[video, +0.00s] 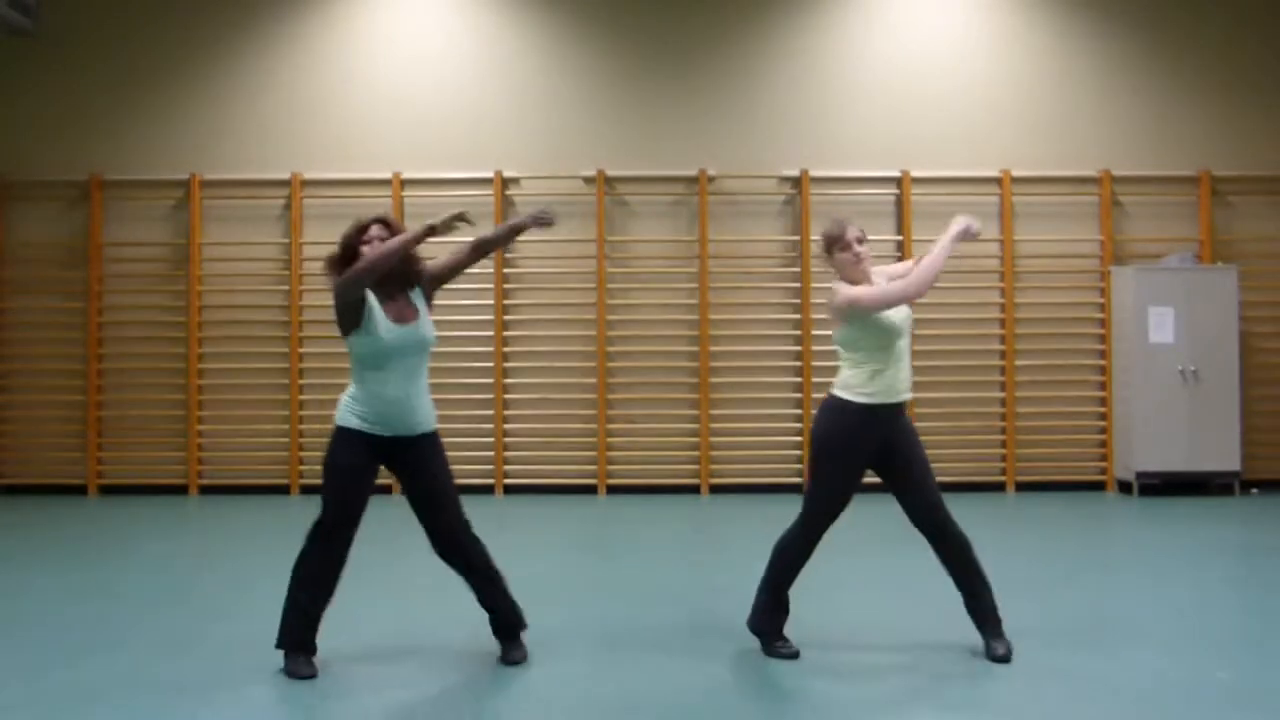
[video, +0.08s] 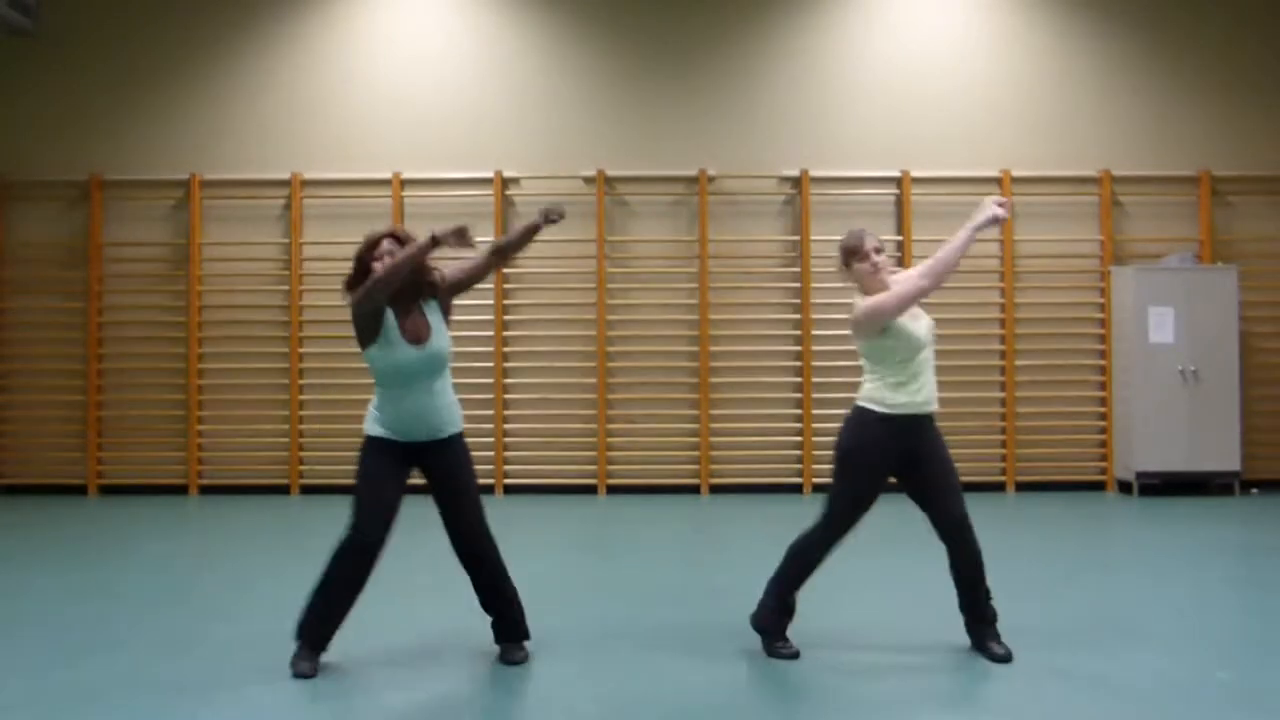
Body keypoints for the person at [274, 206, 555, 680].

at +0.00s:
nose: (374, 245)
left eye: (384, 238)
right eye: (366, 240)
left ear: (401, 248)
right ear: (353, 254)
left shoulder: (420, 286)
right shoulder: (351, 299)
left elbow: (475, 250)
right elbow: (364, 271)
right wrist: (424, 232)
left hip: (417, 434)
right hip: (359, 432)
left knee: (452, 538)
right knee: (333, 532)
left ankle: (509, 628)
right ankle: (298, 645)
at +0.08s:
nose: (390, 259)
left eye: (399, 253)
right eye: (382, 255)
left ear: (414, 259)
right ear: (369, 269)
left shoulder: (436, 293)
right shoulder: (366, 309)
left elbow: (491, 260)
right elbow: (386, 279)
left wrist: (534, 225)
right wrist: (432, 241)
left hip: (443, 438)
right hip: (386, 441)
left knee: (472, 536)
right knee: (365, 538)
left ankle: (511, 635)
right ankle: (310, 644)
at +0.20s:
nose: (403, 298)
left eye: (412, 290)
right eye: (396, 290)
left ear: (431, 291)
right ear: (387, 294)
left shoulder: (453, 319)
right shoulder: (381, 329)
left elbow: (512, 333)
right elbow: (366, 369)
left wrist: (513, 321)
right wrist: (415, 334)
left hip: (469, 441)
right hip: (418, 452)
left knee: (494, 532)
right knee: (439, 533)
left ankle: (509, 635)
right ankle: (391, 597)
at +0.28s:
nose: (417, 315)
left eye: (425, 305)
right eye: (408, 306)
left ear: (441, 305)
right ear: (396, 309)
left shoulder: (465, 344)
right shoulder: (382, 358)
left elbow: (508, 386)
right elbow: (375, 424)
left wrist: (492, 406)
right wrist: (404, 417)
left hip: (480, 447)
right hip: (431, 465)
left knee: (506, 534)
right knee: (475, 545)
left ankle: (511, 636)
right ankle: (453, 585)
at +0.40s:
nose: (403, 297)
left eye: (412, 288)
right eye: (395, 290)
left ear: (429, 292)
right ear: (386, 298)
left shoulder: (458, 342)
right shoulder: (378, 349)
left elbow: (489, 404)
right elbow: (363, 398)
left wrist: (443, 424)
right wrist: (388, 412)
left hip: (476, 452)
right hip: (427, 464)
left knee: (496, 545)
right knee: (452, 561)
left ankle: (515, 634)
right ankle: (477, 609)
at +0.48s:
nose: (391, 272)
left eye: (398, 263)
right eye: (381, 266)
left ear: (413, 269)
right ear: (370, 277)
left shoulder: (436, 317)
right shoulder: (367, 326)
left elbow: (442, 374)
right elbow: (339, 360)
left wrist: (381, 369)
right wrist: (334, 355)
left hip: (465, 434)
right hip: (416, 443)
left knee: (481, 542)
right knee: (408, 546)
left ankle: (510, 636)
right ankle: (447, 601)